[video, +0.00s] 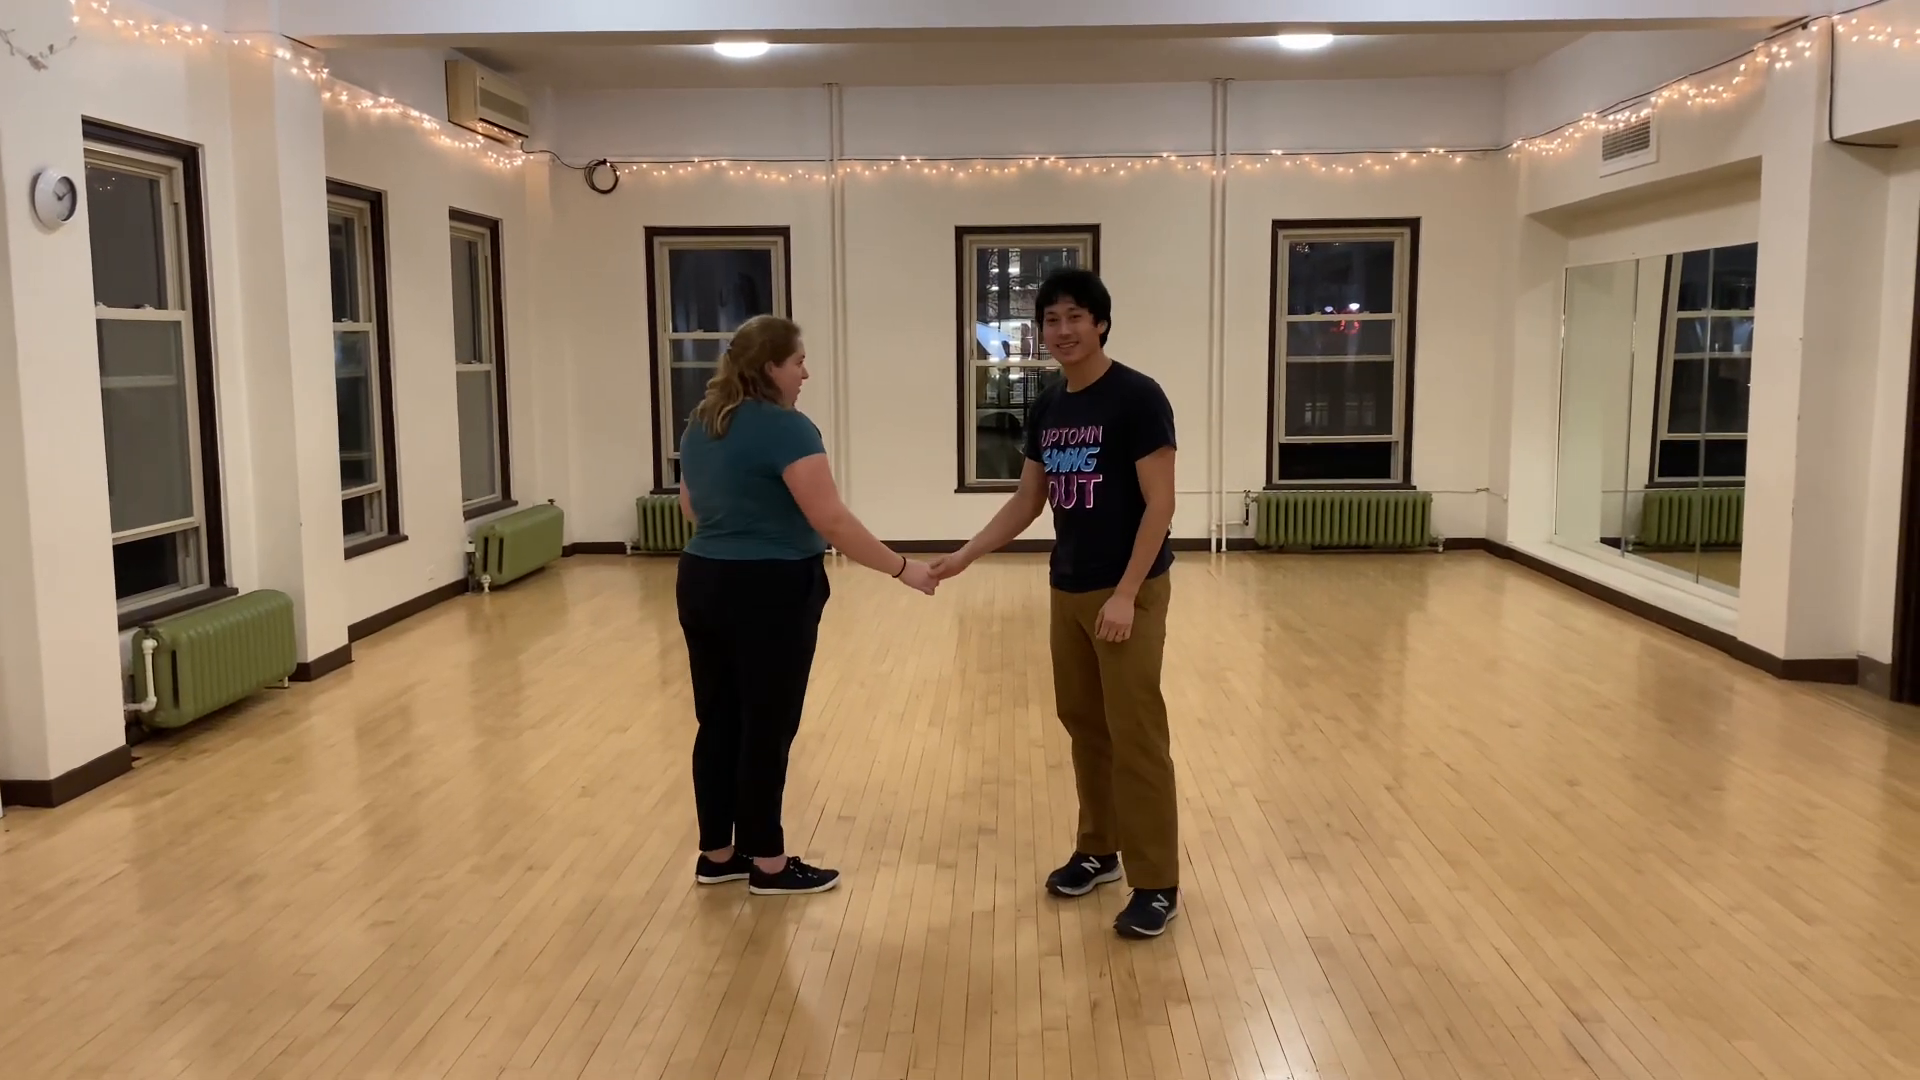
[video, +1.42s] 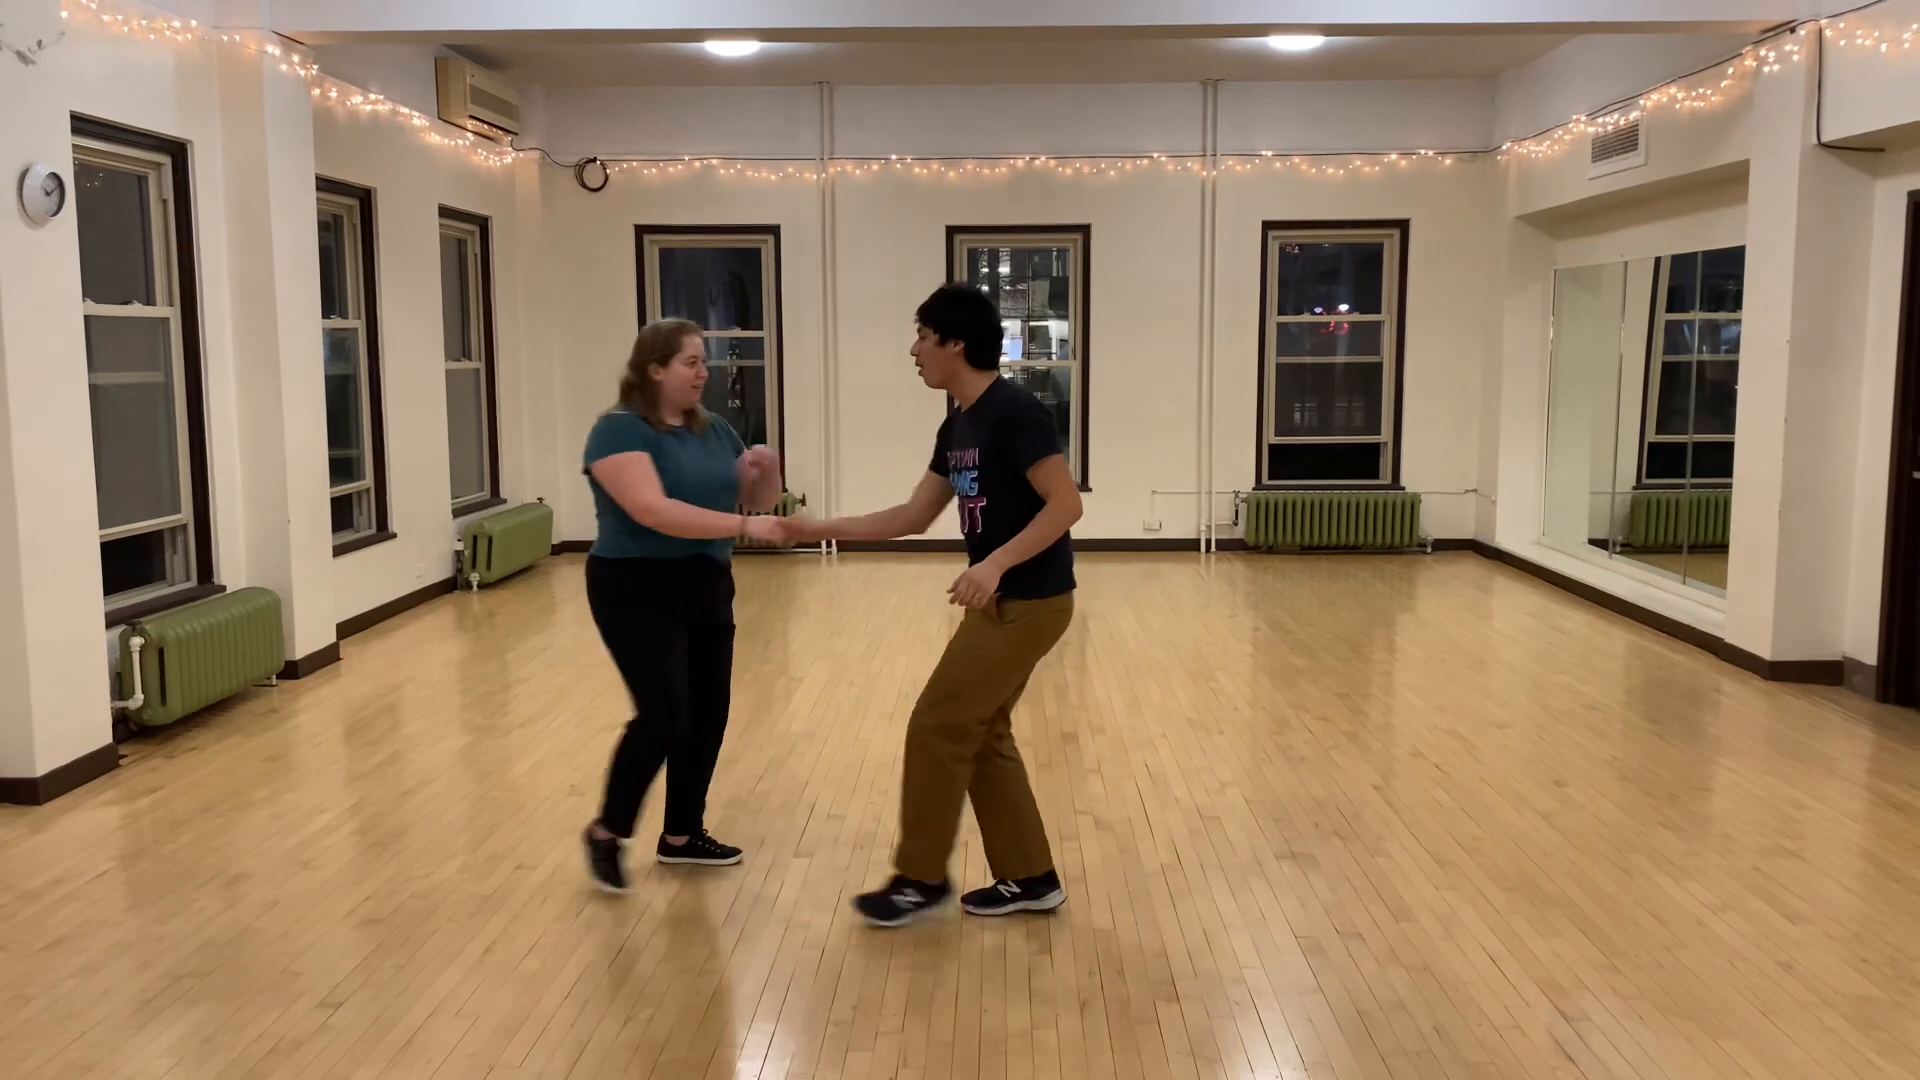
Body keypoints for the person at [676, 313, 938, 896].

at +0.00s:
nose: (805, 372)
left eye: (803, 361)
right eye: (798, 362)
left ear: (744, 367)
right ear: (768, 367)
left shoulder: (701, 424)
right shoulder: (787, 427)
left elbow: (691, 505)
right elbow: (830, 519)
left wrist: (744, 527)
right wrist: (901, 567)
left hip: (705, 584)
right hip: (776, 588)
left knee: (717, 719)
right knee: (769, 724)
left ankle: (717, 852)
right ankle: (768, 862)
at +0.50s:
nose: (800, 372)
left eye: (798, 360)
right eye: (792, 361)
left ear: (741, 368)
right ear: (760, 367)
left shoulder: (698, 428)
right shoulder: (774, 432)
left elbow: (717, 508)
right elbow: (835, 515)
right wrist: (913, 505)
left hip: (704, 587)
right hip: (770, 592)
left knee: (717, 720)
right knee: (767, 727)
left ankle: (712, 853)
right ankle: (763, 863)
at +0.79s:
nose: (790, 368)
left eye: (787, 357)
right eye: (782, 359)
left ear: (729, 368)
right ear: (752, 367)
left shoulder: (685, 427)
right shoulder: (780, 428)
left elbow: (669, 503)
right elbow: (857, 494)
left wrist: (731, 490)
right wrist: (919, 488)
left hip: (694, 587)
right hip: (769, 587)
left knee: (728, 717)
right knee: (767, 723)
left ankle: (713, 844)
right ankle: (762, 862)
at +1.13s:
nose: (756, 370)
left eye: (755, 359)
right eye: (746, 361)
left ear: (707, 373)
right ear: (712, 370)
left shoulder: (676, 423)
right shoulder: (719, 431)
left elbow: (690, 492)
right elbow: (783, 518)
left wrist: (748, 453)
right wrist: (862, 542)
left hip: (669, 584)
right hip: (715, 589)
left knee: (696, 711)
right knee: (755, 718)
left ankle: (676, 834)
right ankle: (764, 860)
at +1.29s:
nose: (727, 371)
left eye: (728, 361)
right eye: (715, 361)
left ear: (721, 369)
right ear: (679, 368)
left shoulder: (705, 427)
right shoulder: (656, 431)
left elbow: (729, 492)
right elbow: (704, 512)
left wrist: (771, 468)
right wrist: (800, 528)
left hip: (701, 585)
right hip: (657, 587)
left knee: (689, 703)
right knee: (721, 697)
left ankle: (678, 833)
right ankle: (703, 840)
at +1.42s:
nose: (702, 372)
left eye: (703, 362)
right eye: (690, 363)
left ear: (701, 370)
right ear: (654, 369)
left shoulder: (717, 431)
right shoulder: (618, 433)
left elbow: (753, 512)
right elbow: (652, 509)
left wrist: (762, 480)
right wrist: (743, 525)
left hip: (703, 585)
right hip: (631, 586)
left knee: (705, 712)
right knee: (663, 713)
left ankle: (683, 834)